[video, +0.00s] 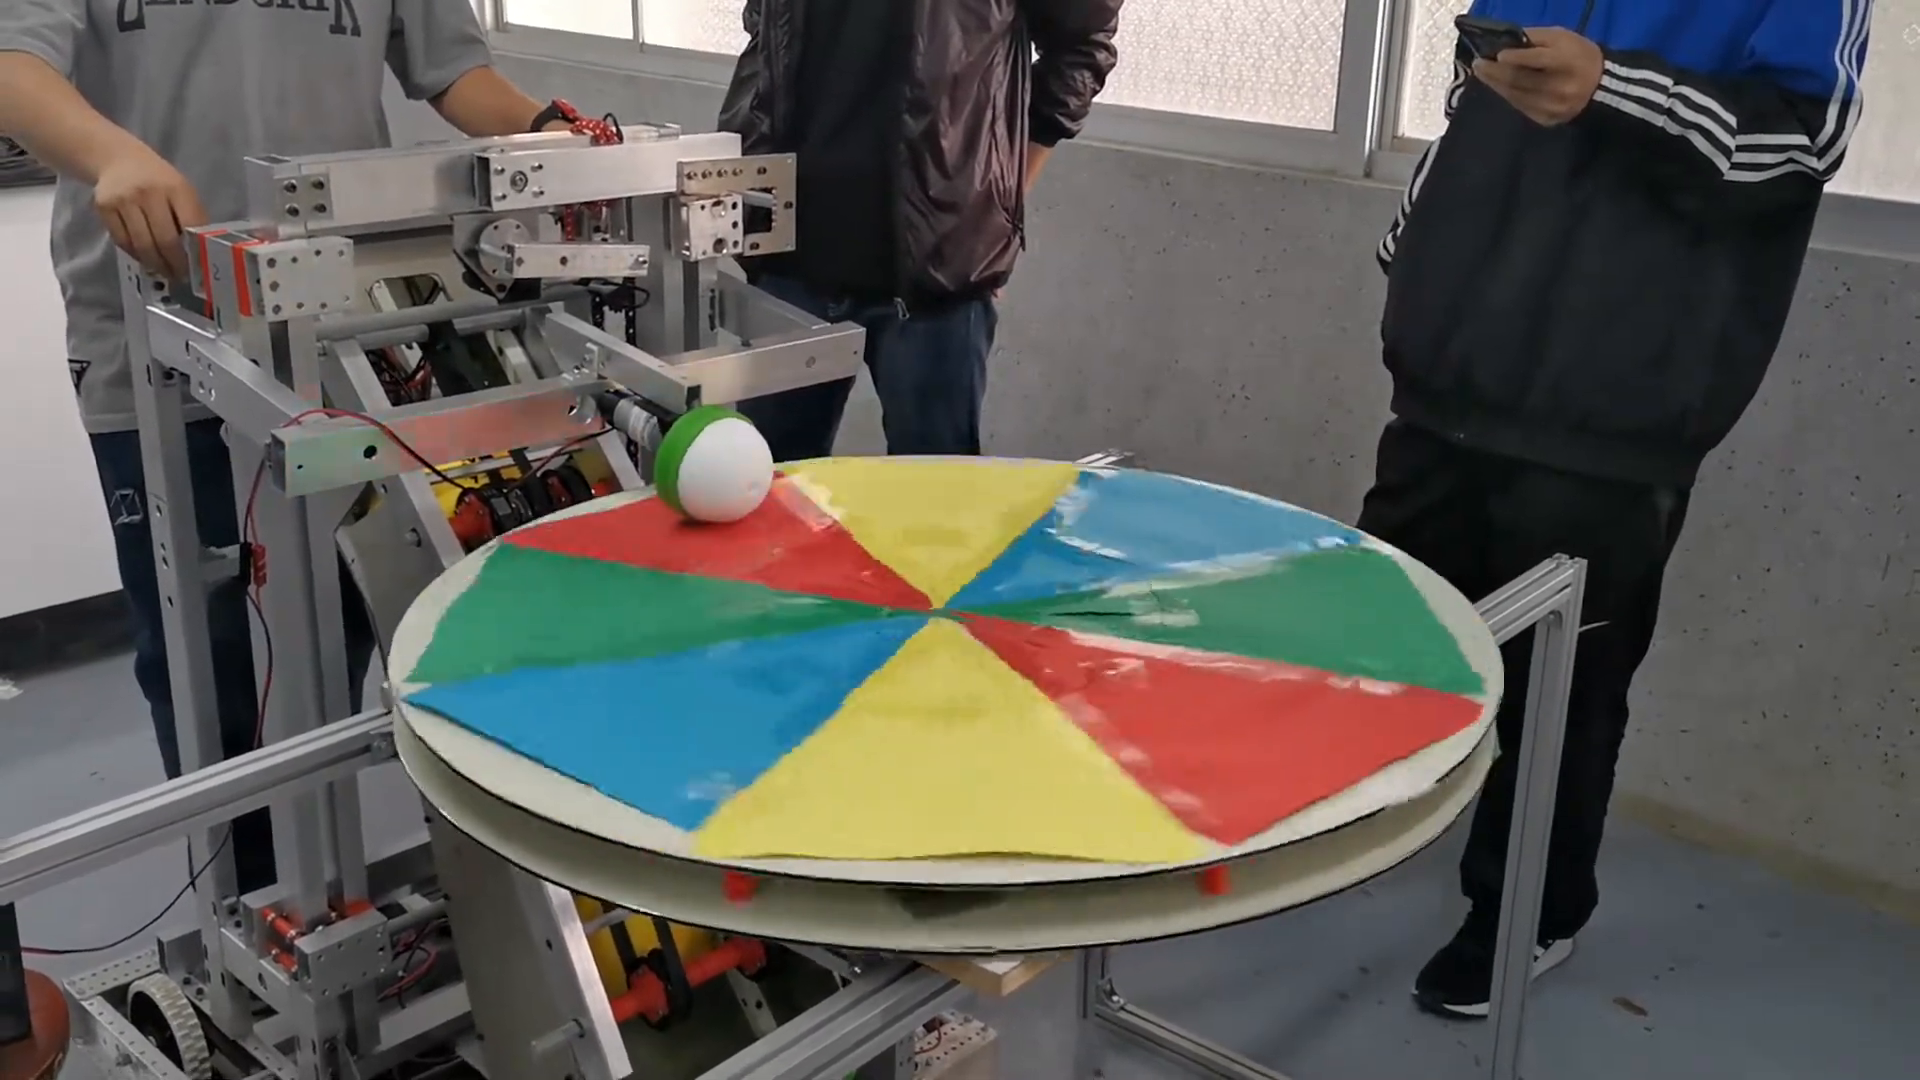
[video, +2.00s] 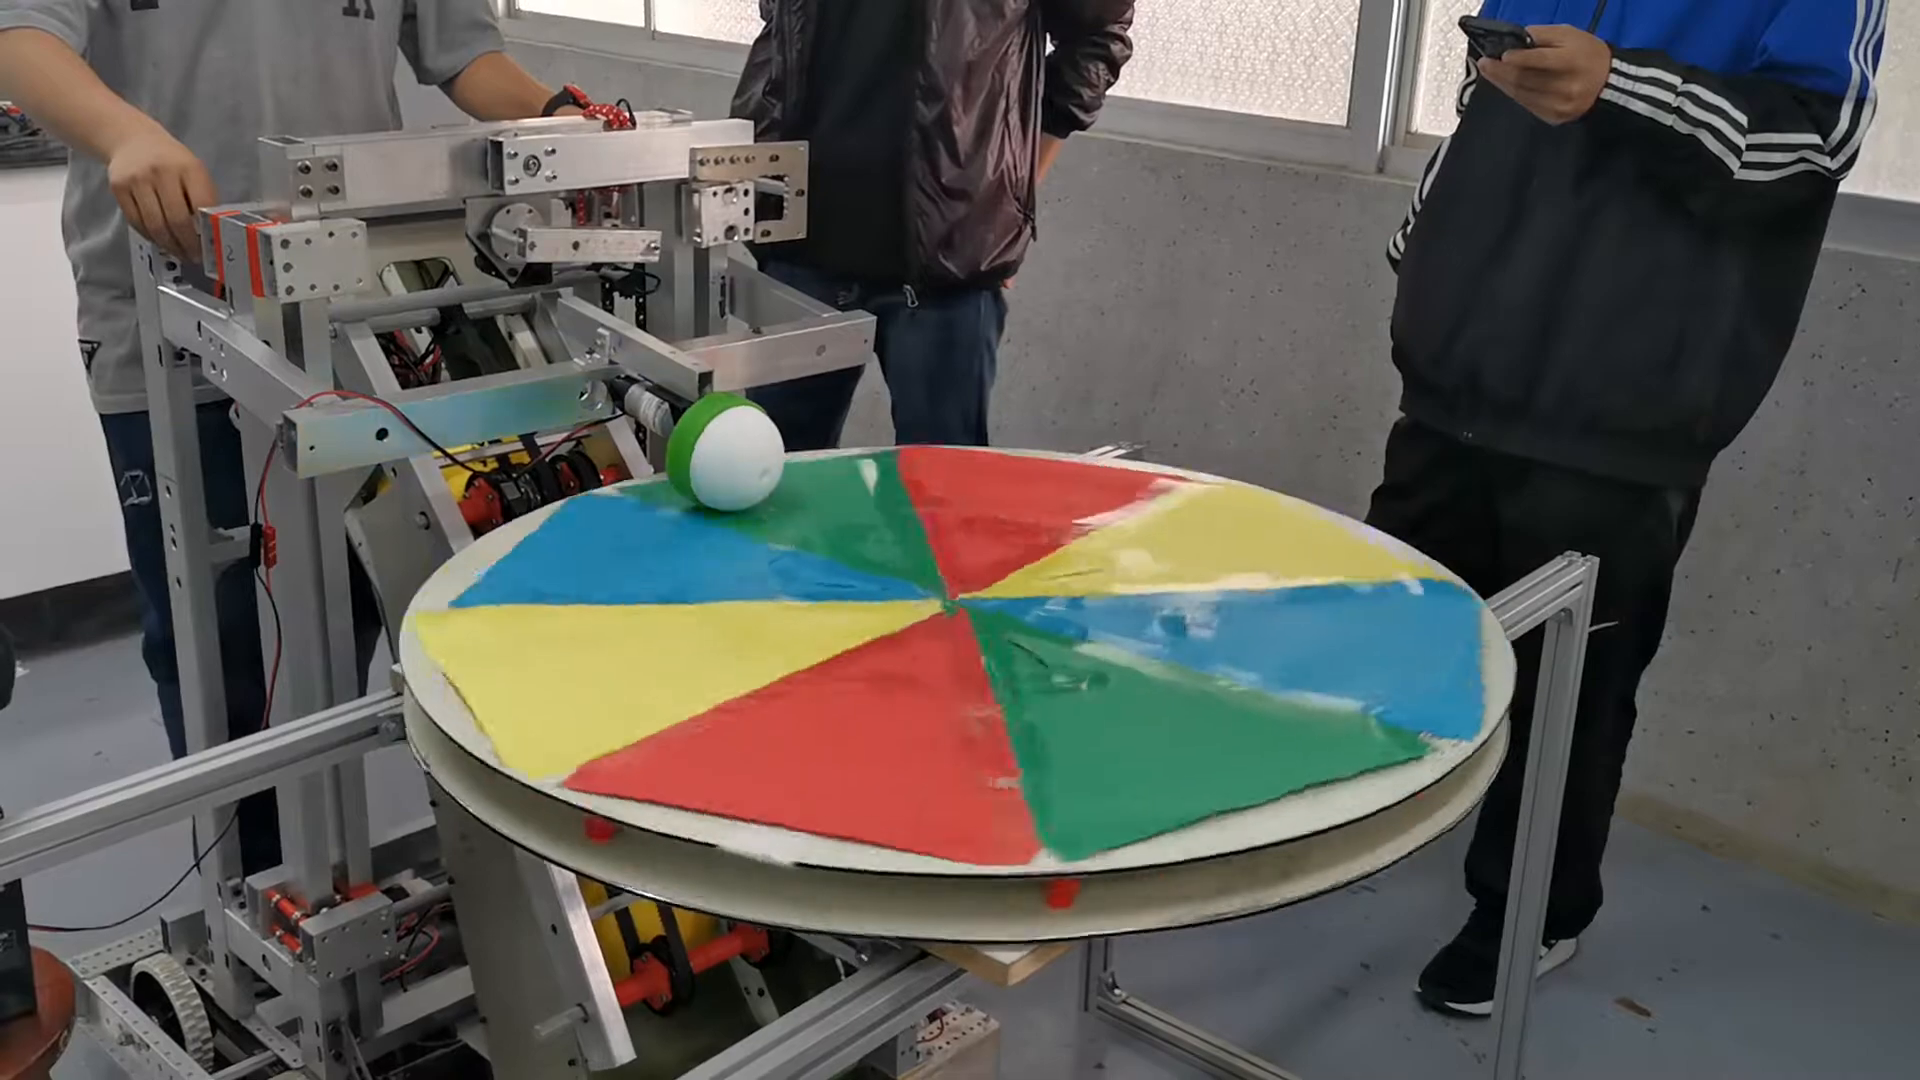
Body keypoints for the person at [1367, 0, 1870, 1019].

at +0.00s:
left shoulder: (1806, 8)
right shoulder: (1528, 6)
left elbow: (1801, 142)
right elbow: (1480, 100)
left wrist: (1605, 87)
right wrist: (1407, 247)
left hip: (1628, 379)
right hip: (1463, 335)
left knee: (1562, 673)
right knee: (1389, 618)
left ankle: (1522, 914)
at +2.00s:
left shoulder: (1824, 6)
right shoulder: (1539, 5)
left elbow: (1814, 142)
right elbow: (1490, 100)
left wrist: (1613, 85)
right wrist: (1420, 245)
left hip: (1639, 375)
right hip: (1474, 329)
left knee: (1573, 667)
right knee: (1400, 613)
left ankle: (1531, 910)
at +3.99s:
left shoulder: (1827, 9)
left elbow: (1816, 126)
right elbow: (1497, 73)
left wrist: (1614, 70)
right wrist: (1423, 243)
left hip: (1647, 358)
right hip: (1482, 311)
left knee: (1582, 655)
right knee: (1413, 607)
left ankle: (1542, 899)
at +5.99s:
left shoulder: (1826, 8)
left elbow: (1813, 124)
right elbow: (1506, 75)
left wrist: (1613, 57)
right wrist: (1424, 242)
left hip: (1649, 356)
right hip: (1484, 309)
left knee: (1587, 652)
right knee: (1413, 598)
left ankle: (1552, 890)